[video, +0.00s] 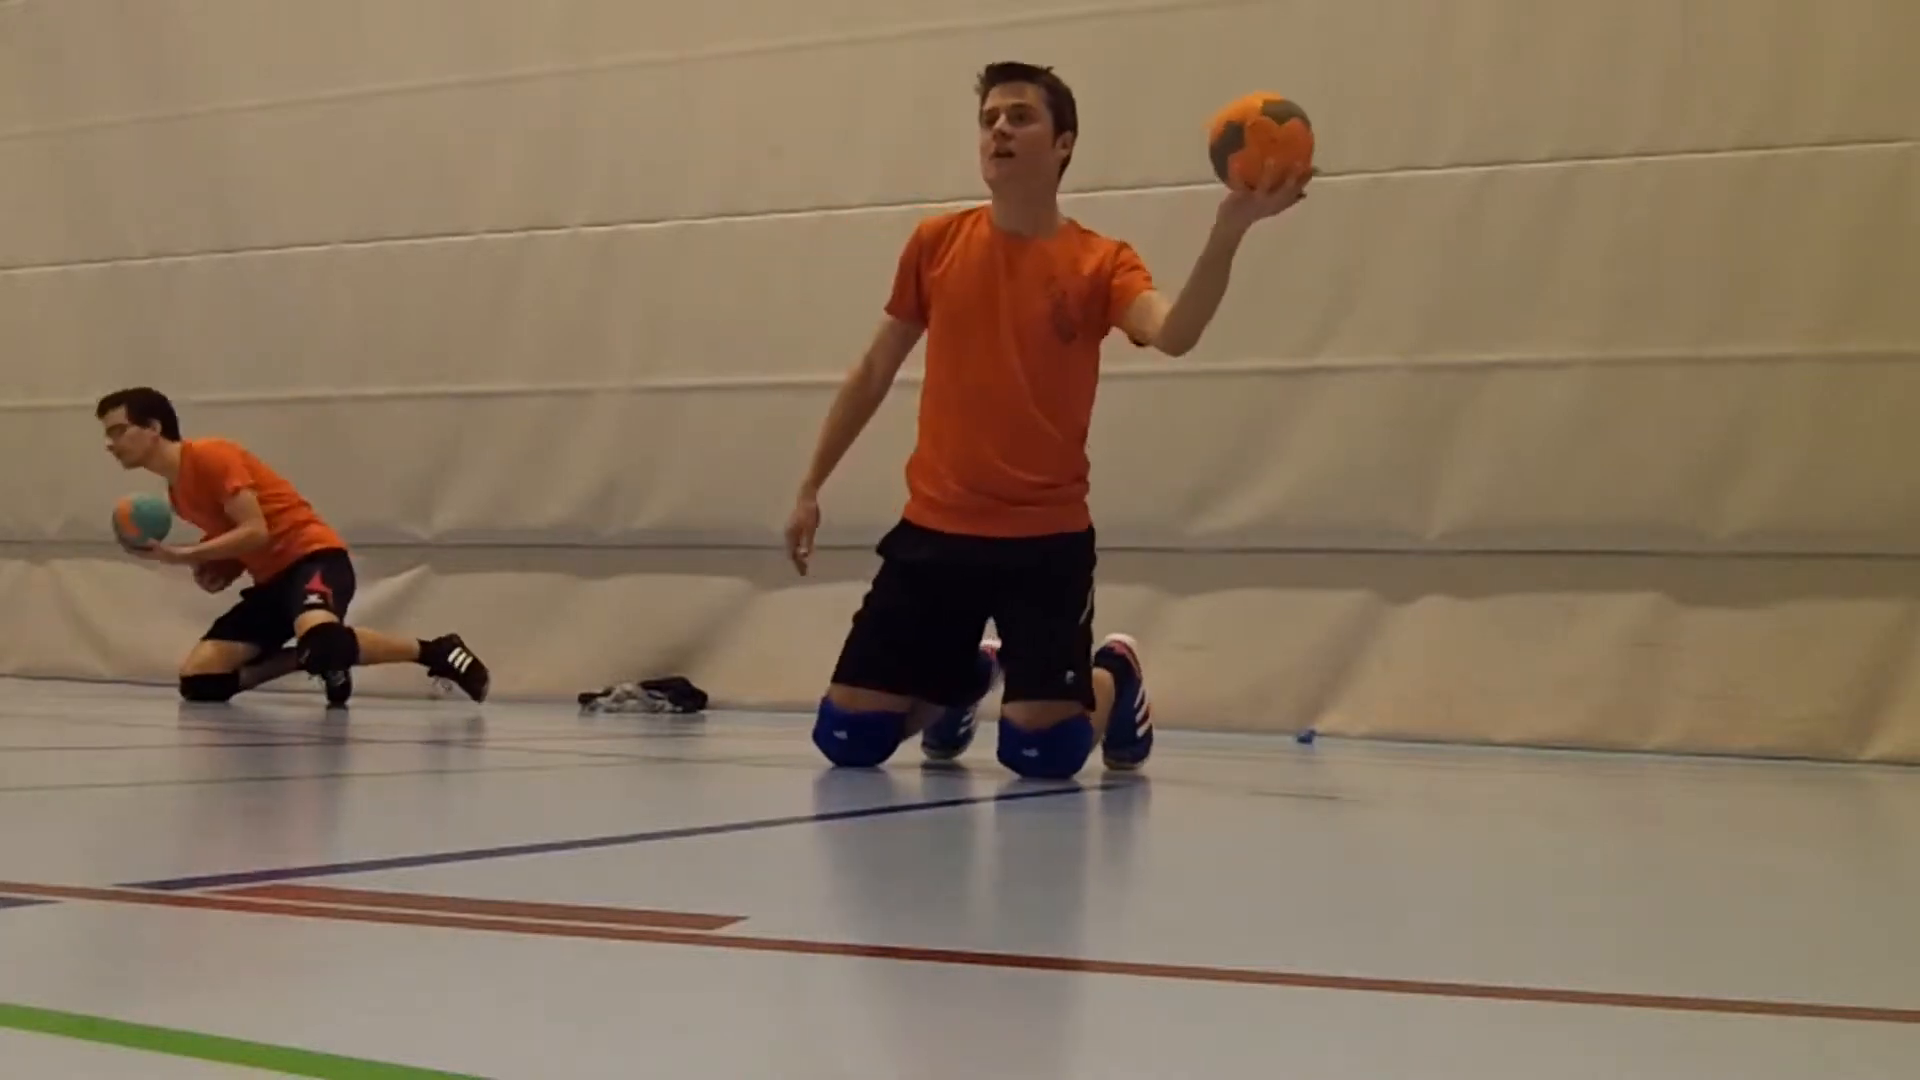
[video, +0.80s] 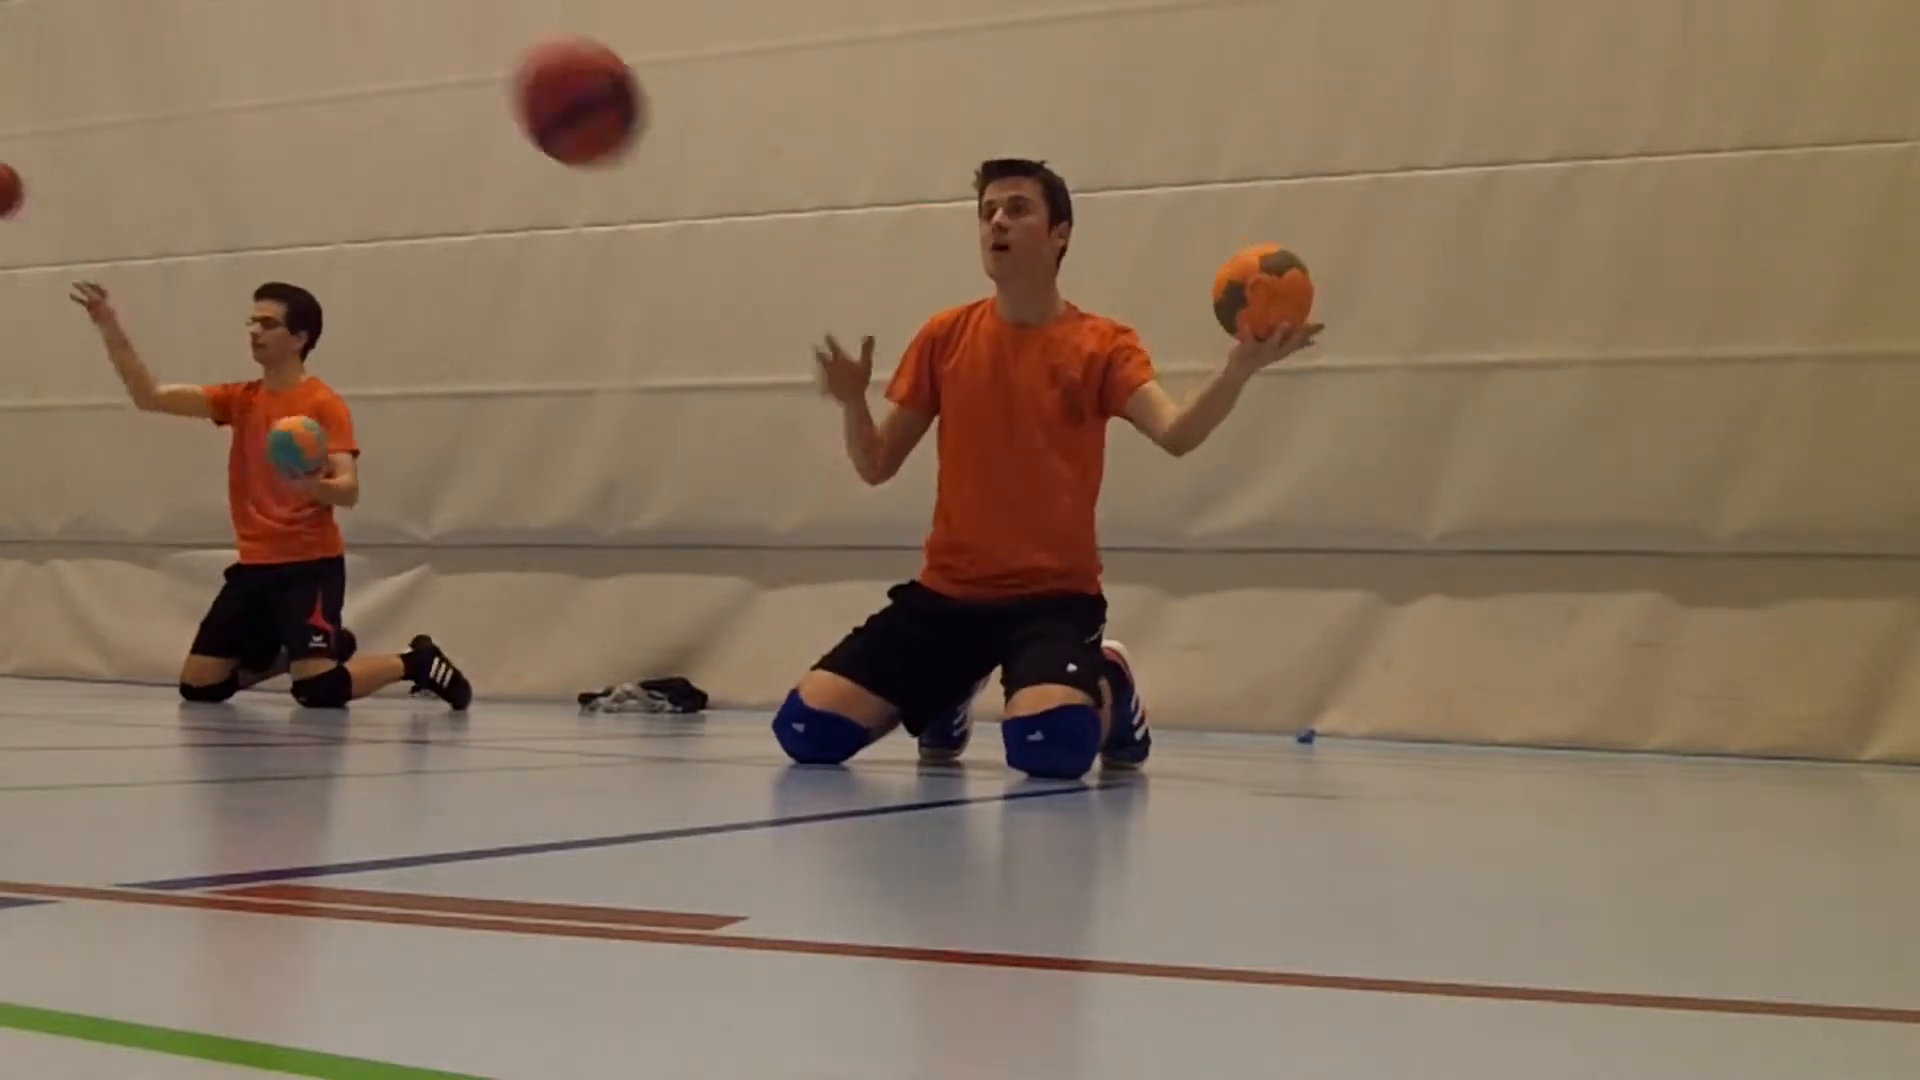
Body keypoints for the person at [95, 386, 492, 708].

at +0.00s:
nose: (110, 445)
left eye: (116, 432)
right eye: (107, 435)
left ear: (151, 428)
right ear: (140, 436)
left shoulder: (211, 456)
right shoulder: (181, 489)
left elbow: (254, 533)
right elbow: (244, 543)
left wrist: (178, 553)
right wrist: (222, 566)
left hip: (317, 561)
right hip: (276, 585)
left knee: (319, 641)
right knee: (200, 680)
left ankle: (436, 653)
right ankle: (315, 657)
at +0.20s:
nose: (138, 389)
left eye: (148, 378)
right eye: (137, 380)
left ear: (185, 384)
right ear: (179, 389)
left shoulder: (218, 433)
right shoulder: (198, 441)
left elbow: (244, 525)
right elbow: (229, 501)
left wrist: (163, 549)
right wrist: (209, 514)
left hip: (302, 561)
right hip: (260, 579)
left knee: (309, 665)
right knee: (198, 685)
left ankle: (423, 662)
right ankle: (310, 653)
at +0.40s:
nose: (185, 349)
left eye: (197, 340)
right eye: (185, 340)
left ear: (232, 350)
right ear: (192, 348)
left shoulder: (247, 404)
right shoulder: (228, 409)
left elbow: (261, 498)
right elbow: (232, 499)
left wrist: (182, 520)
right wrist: (181, 474)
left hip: (290, 561)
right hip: (247, 566)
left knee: (309, 683)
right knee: (194, 686)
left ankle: (423, 662)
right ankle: (308, 651)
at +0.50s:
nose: (207, 342)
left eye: (220, 333)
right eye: (207, 333)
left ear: (254, 346)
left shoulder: (270, 401)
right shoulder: (233, 417)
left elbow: (281, 494)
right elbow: (204, 491)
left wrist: (203, 506)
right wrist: (166, 437)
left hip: (292, 564)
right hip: (244, 570)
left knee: (309, 687)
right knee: (196, 686)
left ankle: (421, 666)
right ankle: (314, 651)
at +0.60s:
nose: (229, 335)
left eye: (242, 327)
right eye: (229, 326)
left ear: (276, 341)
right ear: (230, 335)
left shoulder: (296, 402)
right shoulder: (227, 413)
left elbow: (303, 495)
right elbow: (161, 468)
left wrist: (226, 495)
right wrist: (150, 386)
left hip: (299, 565)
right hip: (245, 568)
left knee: (312, 689)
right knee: (195, 687)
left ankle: (420, 668)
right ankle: (312, 650)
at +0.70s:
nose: (244, 333)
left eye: (258, 326)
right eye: (244, 324)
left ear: (291, 341)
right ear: (245, 332)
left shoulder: (313, 406)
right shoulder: (232, 404)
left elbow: (326, 493)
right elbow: (142, 417)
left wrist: (267, 495)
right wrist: (118, 336)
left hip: (308, 566)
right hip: (250, 568)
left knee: (315, 690)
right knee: (197, 686)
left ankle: (418, 667)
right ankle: (313, 654)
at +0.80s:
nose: (254, 332)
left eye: (268, 324)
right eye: (252, 323)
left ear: (301, 338)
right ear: (249, 332)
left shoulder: (323, 405)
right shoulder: (241, 399)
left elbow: (348, 492)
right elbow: (150, 396)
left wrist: (314, 486)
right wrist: (110, 328)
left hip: (312, 565)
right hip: (253, 567)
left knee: (316, 689)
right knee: (200, 685)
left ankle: (418, 663)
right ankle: (310, 652)